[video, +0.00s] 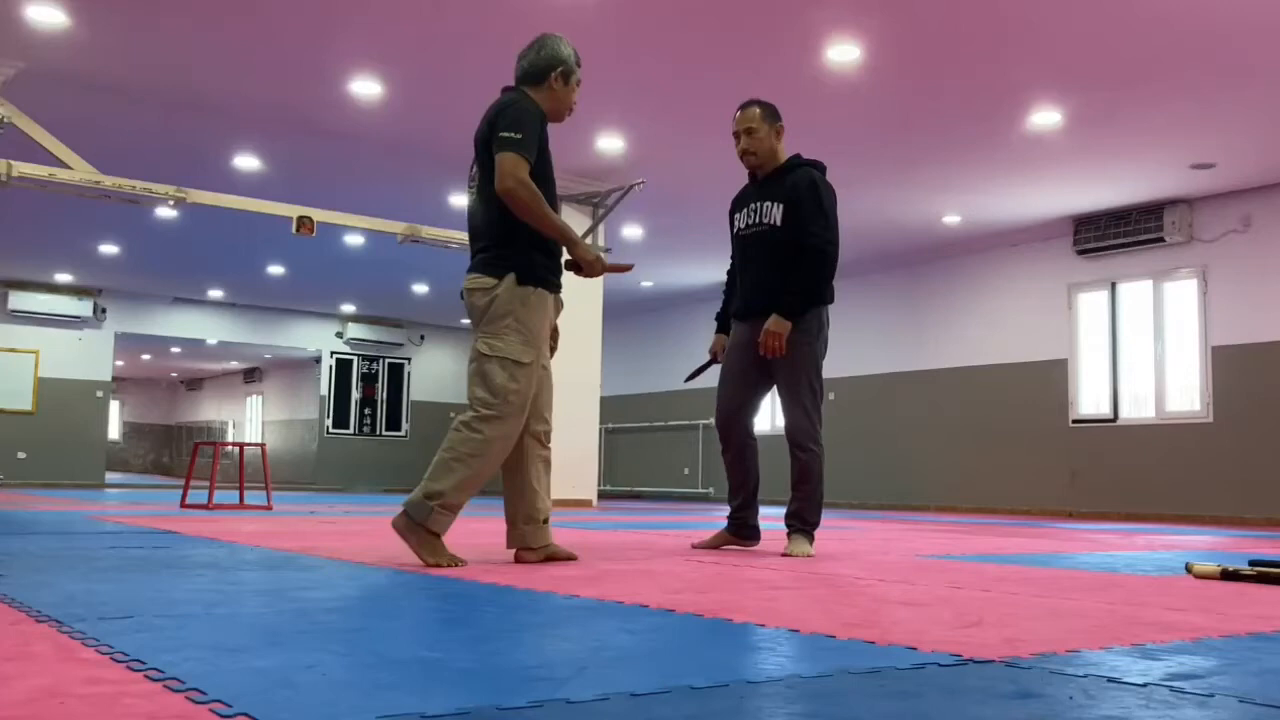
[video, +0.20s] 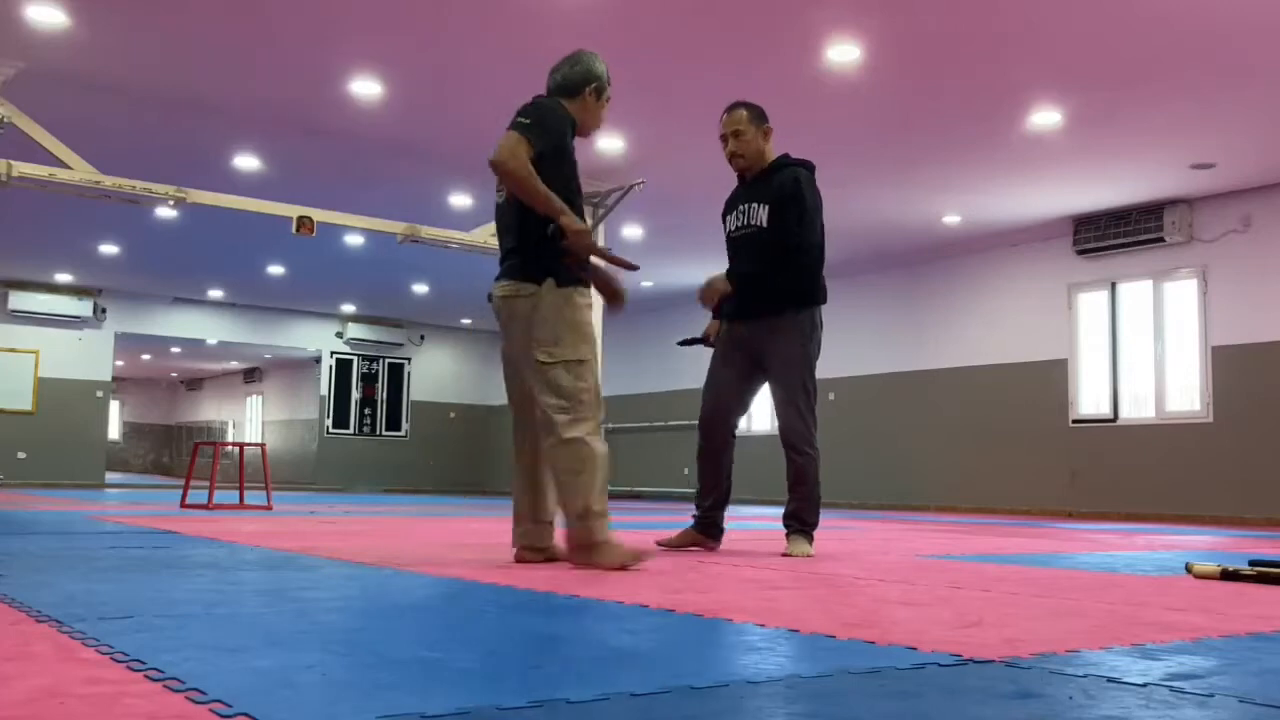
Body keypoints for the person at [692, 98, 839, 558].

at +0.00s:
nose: (742, 143)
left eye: (751, 133)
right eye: (737, 136)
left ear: (778, 133)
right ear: (735, 143)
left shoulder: (808, 182)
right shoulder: (742, 201)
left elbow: (821, 257)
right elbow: (739, 267)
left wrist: (786, 314)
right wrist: (723, 328)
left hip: (801, 321)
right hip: (750, 323)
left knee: (802, 427)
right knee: (731, 419)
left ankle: (801, 530)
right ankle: (742, 525)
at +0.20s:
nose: (731, 146)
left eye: (739, 135)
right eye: (725, 139)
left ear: (766, 135)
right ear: (722, 145)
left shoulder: (795, 182)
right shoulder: (736, 201)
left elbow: (801, 262)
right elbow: (743, 269)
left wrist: (729, 282)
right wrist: (724, 317)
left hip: (792, 323)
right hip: (744, 325)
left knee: (796, 429)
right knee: (715, 419)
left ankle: (800, 530)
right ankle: (707, 526)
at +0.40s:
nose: (696, 150)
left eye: (704, 140)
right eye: (690, 143)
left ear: (730, 138)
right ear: (688, 149)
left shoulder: (762, 177)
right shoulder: (707, 197)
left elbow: (760, 232)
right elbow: (718, 257)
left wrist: (694, 226)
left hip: (765, 326)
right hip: (716, 328)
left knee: (782, 427)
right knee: (685, 424)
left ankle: (801, 529)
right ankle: (666, 529)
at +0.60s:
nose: (654, 154)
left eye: (660, 144)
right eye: (649, 147)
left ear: (682, 144)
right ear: (649, 154)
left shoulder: (711, 172)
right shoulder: (667, 195)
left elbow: (753, 190)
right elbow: (684, 256)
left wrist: (725, 240)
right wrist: (672, 299)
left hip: (726, 319)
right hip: (682, 323)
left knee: (738, 421)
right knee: (654, 422)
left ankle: (818, 515)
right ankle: (664, 532)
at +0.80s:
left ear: (661, 144)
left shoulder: (695, 172)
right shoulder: (623, 190)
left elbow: (755, 211)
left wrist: (745, 261)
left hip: (715, 318)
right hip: (659, 324)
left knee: (755, 419)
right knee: (650, 425)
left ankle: (812, 521)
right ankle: (664, 532)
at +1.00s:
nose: (669, 158)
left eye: (675, 149)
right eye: (661, 151)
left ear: (684, 151)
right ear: (645, 153)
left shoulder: (708, 189)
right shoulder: (630, 197)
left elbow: (753, 243)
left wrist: (723, 269)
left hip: (706, 318)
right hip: (649, 321)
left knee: (753, 422)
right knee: (651, 425)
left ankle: (783, 526)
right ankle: (656, 534)